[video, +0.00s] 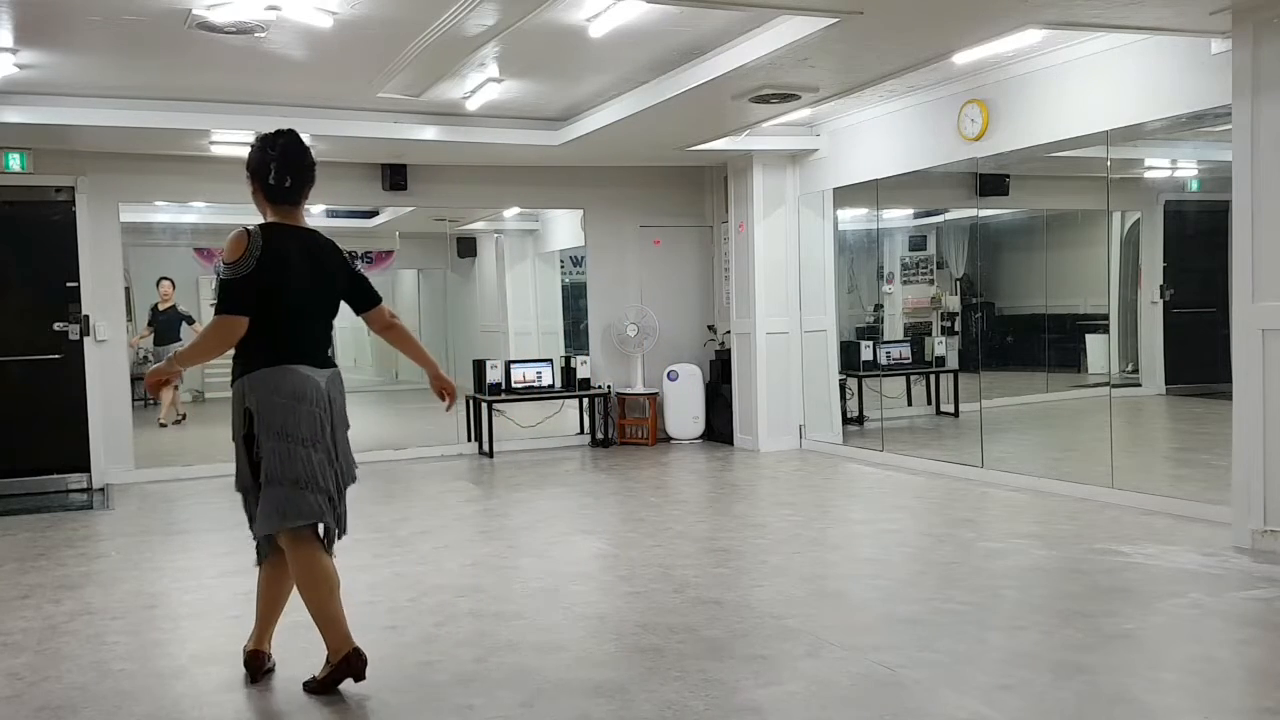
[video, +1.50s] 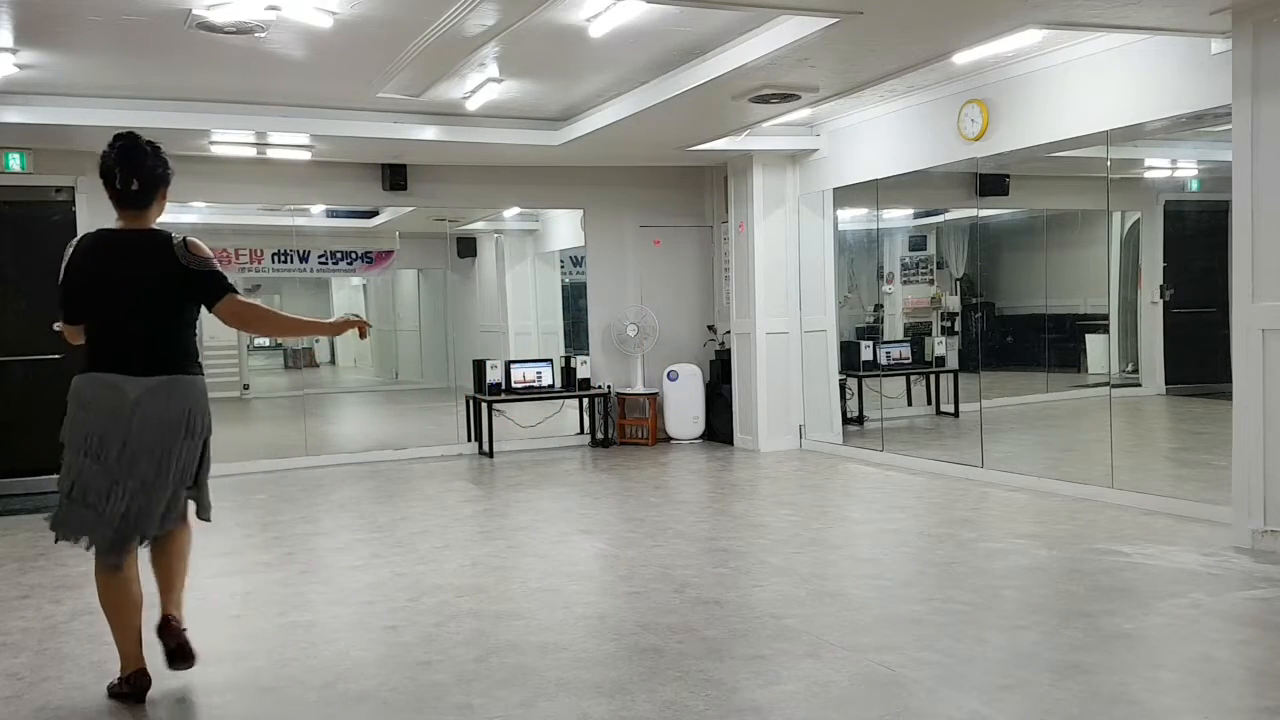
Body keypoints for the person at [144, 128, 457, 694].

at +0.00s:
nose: (250, 188)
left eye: (250, 181)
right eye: (254, 180)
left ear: (255, 187)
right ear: (309, 187)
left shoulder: (249, 246)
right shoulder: (329, 252)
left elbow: (231, 325)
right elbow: (381, 319)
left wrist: (176, 364)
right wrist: (432, 367)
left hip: (271, 389)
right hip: (325, 388)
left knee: (296, 523)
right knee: (284, 525)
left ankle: (341, 649)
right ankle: (259, 646)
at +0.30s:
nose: (223, 188)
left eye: (223, 181)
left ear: (228, 186)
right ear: (282, 186)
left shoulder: (223, 243)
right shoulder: (301, 251)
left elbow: (215, 321)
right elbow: (347, 323)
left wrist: (155, 369)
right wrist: (376, 364)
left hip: (252, 385)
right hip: (306, 383)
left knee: (277, 519)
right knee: (278, 521)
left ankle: (334, 641)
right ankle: (260, 645)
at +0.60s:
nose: (203, 192)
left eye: (202, 185)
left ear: (205, 193)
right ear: (260, 194)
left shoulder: (196, 250)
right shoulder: (281, 257)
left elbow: (182, 322)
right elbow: (324, 333)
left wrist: (127, 372)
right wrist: (321, 351)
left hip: (229, 395)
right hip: (291, 391)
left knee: (224, 527)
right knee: (280, 519)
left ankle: (296, 624)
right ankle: (259, 644)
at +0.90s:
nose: (188, 193)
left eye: (182, 185)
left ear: (184, 191)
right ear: (238, 192)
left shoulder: (168, 251)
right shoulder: (259, 253)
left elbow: (135, 314)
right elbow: (316, 329)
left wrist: (67, 341)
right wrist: (319, 349)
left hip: (192, 396)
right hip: (263, 395)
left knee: (166, 531)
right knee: (265, 523)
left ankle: (144, 666)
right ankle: (259, 649)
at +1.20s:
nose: (171, 192)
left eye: (149, 182)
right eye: (187, 183)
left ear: (140, 188)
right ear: (197, 191)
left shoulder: (113, 246)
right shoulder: (216, 253)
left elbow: (64, 320)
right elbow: (275, 321)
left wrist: (32, 300)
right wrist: (335, 353)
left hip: (137, 394)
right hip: (214, 392)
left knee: (137, 533)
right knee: (235, 522)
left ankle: (135, 671)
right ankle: (256, 647)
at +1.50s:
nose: (163, 195)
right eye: (164, 187)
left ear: (107, 191)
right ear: (163, 192)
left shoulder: (83, 253)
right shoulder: (182, 255)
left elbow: (72, 334)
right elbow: (243, 316)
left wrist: (111, 322)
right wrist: (330, 327)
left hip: (101, 396)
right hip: (176, 396)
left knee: (111, 536)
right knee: (173, 511)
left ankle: (132, 670)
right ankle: (172, 615)